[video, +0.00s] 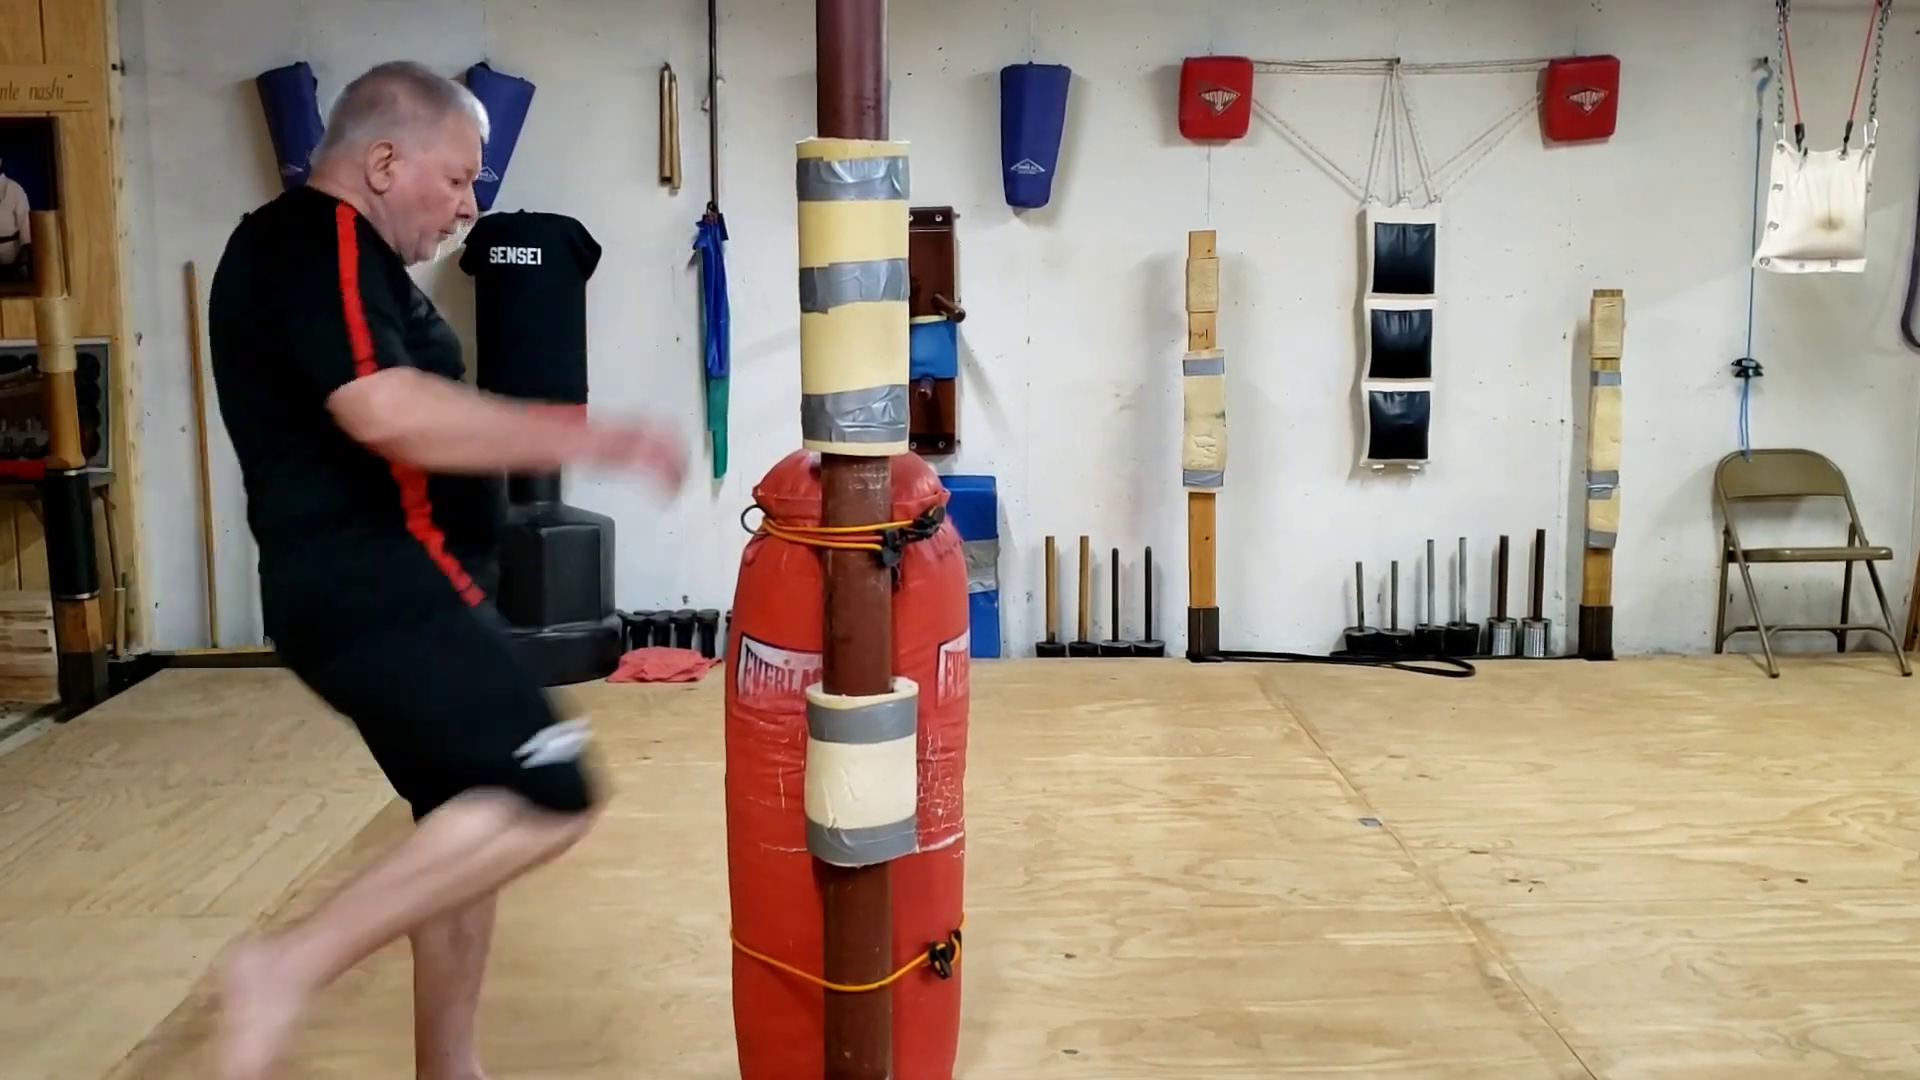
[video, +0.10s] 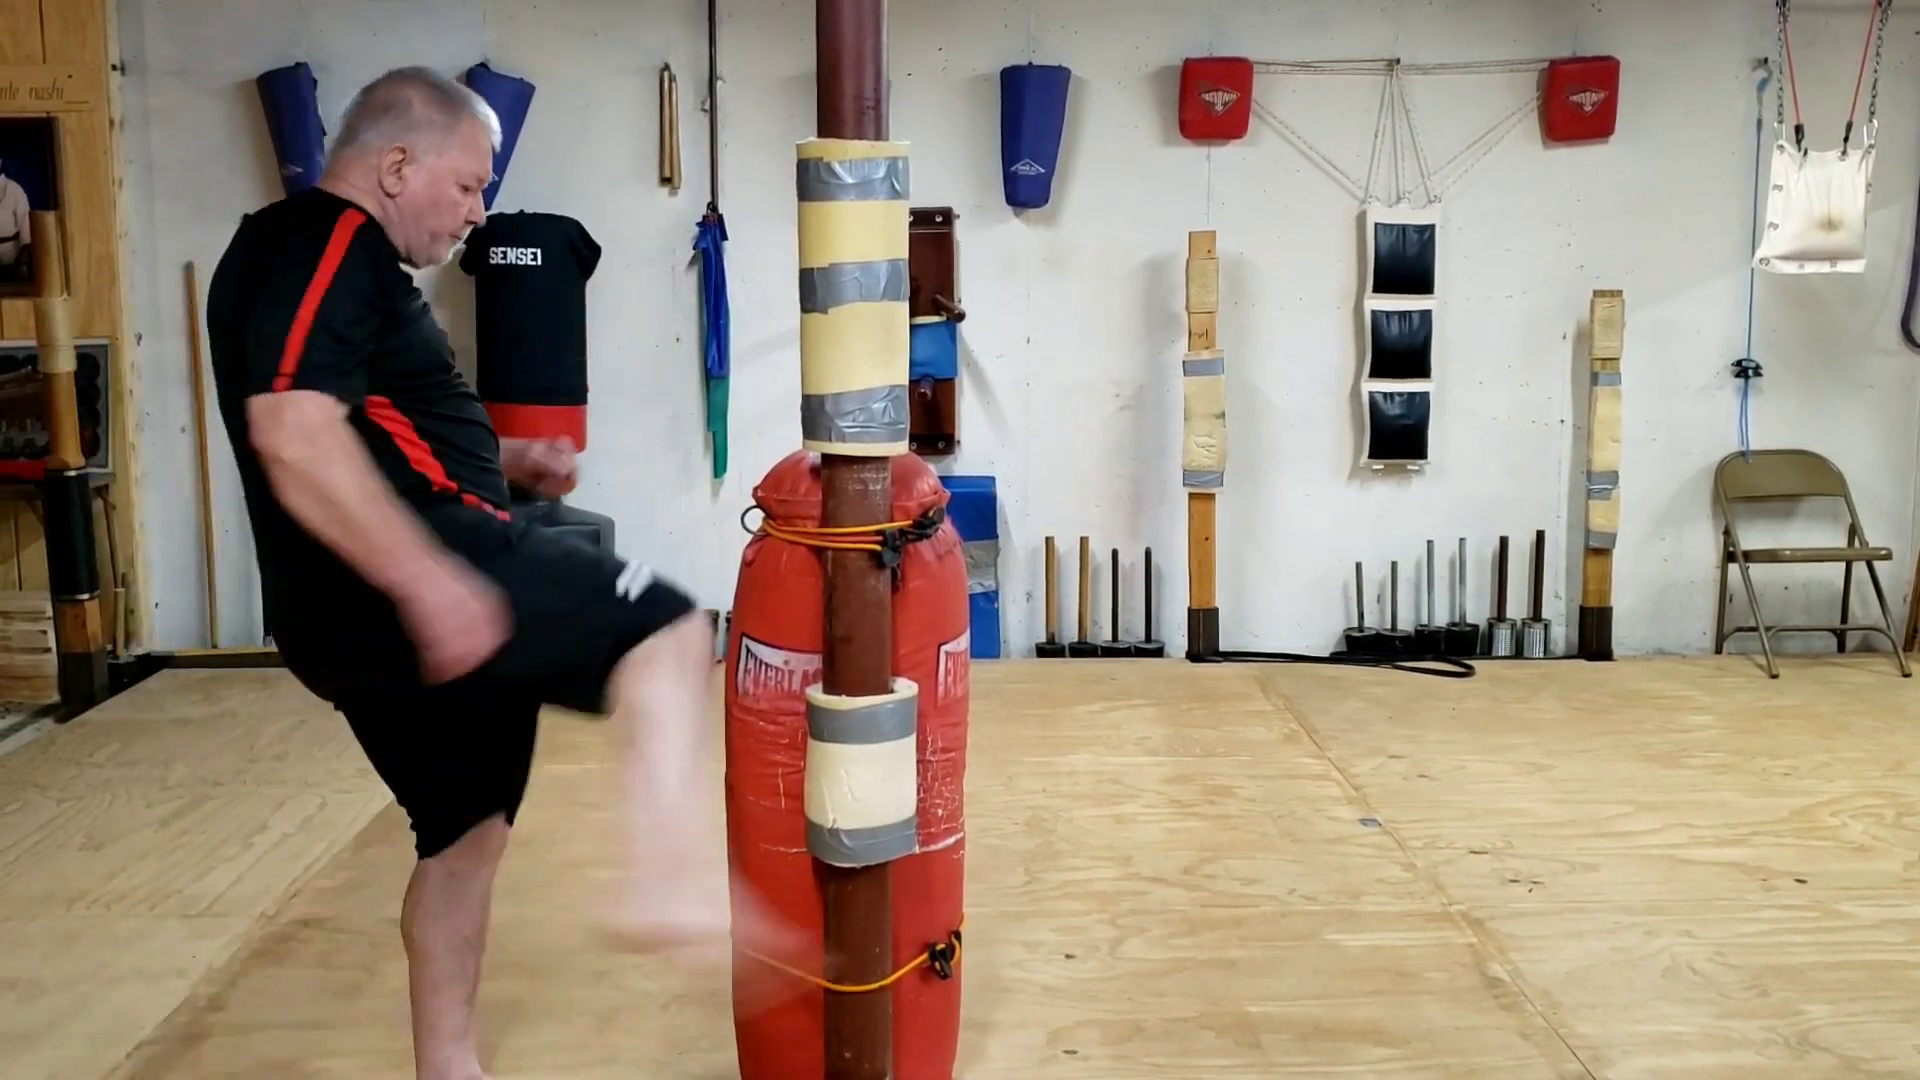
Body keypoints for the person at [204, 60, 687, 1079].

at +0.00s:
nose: (468, 211)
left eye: (473, 189)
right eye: (462, 183)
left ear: (378, 164)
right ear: (384, 160)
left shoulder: (339, 248)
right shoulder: (315, 241)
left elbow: (417, 410)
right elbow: (386, 411)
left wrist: (569, 434)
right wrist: (593, 437)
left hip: (369, 586)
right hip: (371, 585)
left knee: (469, 820)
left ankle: (449, 1066)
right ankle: (279, 971)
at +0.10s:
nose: (476, 219)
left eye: (481, 195)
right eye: (470, 188)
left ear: (387, 173)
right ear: (396, 167)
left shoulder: (295, 246)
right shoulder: (329, 240)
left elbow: (356, 432)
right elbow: (292, 427)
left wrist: (497, 461)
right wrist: (425, 578)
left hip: (338, 598)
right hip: (405, 557)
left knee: (465, 824)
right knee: (667, 630)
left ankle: (448, 1067)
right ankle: (671, 882)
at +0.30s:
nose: (481, 229)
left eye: (486, 207)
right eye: (475, 200)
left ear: (393, 181)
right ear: (400, 178)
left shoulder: (311, 255)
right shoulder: (328, 251)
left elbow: (363, 455)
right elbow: (318, 445)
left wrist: (493, 469)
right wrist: (499, 556)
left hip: (343, 598)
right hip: (363, 591)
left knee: (477, 832)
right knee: (631, 682)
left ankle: (450, 1065)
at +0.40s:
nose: (482, 226)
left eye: (485, 202)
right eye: (470, 196)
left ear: (389, 184)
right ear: (392, 177)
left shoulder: (346, 260)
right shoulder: (313, 247)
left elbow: (360, 450)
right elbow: (364, 431)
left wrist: (468, 502)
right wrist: (562, 454)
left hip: (387, 591)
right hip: (324, 598)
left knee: (490, 823)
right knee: (471, 824)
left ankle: (453, 1069)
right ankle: (219, 1043)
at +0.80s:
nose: (392, 227)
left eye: (394, 201)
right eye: (371, 202)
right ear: (277, 196)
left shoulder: (356, 292)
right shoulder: (153, 289)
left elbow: (412, 443)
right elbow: (77, 491)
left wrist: (460, 413)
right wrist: (293, 529)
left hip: (361, 651)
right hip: (210, 677)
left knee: (461, 839)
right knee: (179, 937)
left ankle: (443, 1067)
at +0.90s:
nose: (397, 230)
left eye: (399, 207)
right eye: (376, 207)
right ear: (285, 203)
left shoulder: (373, 287)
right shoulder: (152, 300)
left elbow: (487, 370)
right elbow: (52, 485)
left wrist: (589, 330)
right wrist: (202, 633)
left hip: (352, 653)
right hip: (212, 676)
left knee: (456, 838)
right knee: (194, 941)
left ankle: (441, 1066)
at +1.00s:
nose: (423, 239)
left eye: (427, 216)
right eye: (407, 214)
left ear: (329, 208)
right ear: (320, 207)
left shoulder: (375, 298)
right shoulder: (190, 299)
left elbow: (485, 380)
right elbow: (76, 478)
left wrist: (582, 359)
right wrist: (257, 587)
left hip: (352, 656)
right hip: (219, 681)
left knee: (458, 830)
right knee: (197, 938)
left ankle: (443, 1067)